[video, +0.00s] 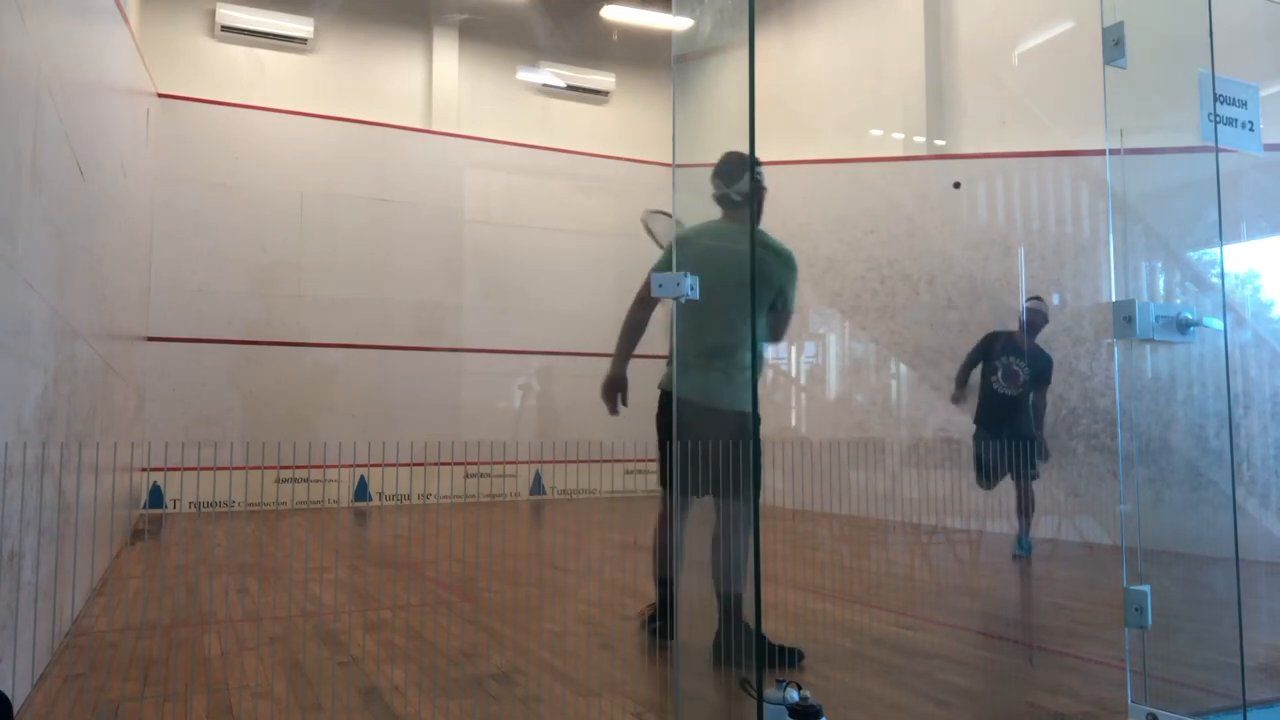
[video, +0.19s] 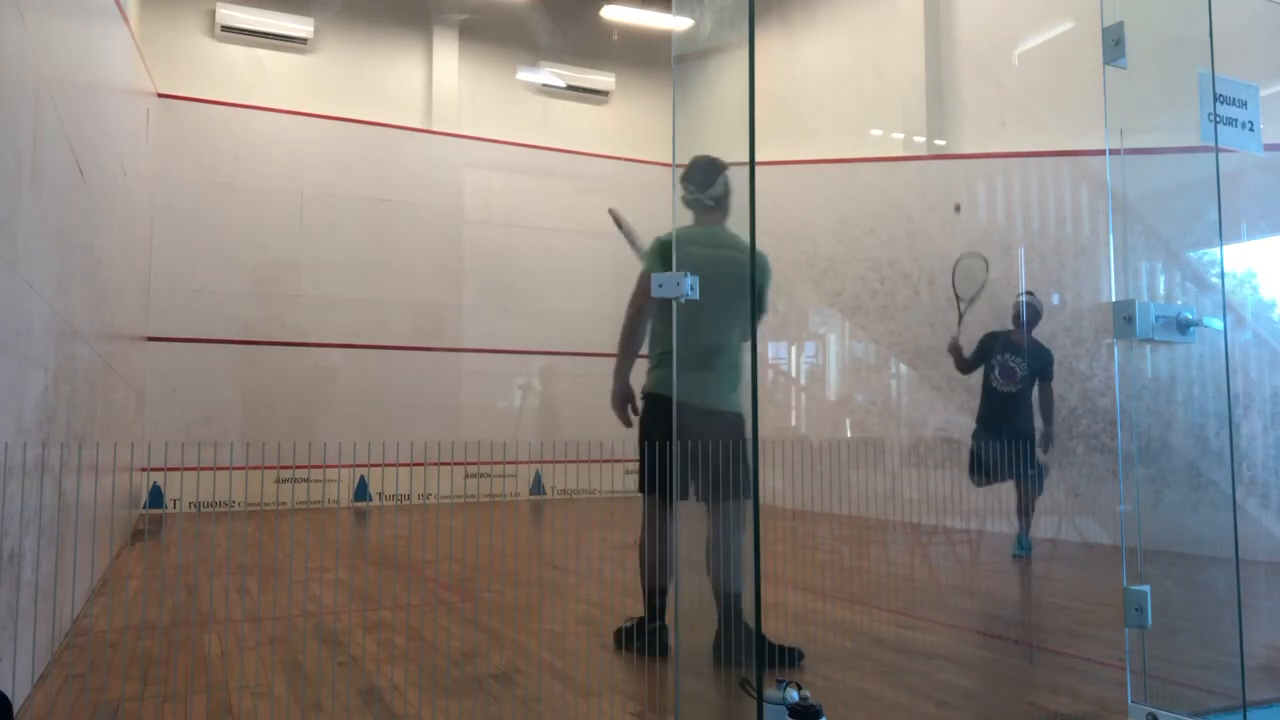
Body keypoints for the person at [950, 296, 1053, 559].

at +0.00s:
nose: (1030, 321)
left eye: (1037, 318)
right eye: (1027, 315)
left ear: (1044, 324)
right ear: (1020, 316)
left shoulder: (1043, 360)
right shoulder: (994, 341)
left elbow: (1040, 398)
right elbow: (968, 364)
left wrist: (1039, 434)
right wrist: (960, 388)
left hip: (1022, 427)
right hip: (990, 424)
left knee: (1023, 483)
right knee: (987, 481)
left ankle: (1023, 538)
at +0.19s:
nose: (1020, 311)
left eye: (1027, 308)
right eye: (1018, 306)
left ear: (1037, 318)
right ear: (1011, 312)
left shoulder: (1041, 354)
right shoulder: (992, 340)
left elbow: (1045, 393)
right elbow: (966, 367)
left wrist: (1048, 428)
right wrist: (956, 352)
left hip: (1020, 427)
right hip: (989, 421)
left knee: (1023, 482)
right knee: (979, 477)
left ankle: (1023, 538)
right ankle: (1032, 469)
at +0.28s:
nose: (1017, 311)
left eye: (1023, 307)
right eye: (1014, 306)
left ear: (1033, 314)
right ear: (1007, 310)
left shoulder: (1039, 352)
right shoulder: (991, 341)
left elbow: (1050, 393)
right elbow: (965, 367)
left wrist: (1058, 430)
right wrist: (953, 348)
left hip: (1019, 425)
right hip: (988, 421)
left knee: (1022, 481)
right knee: (981, 476)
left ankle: (1023, 539)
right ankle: (1026, 497)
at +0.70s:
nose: (986, 323)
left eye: (991, 318)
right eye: (983, 318)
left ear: (1001, 321)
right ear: (978, 321)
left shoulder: (1015, 350)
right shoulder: (978, 352)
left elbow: (1043, 383)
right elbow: (979, 387)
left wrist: (1039, 412)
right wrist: (952, 383)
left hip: (1010, 423)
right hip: (985, 424)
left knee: (1015, 481)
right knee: (994, 481)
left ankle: (1022, 538)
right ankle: (1004, 532)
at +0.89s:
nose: (967, 332)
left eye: (971, 326)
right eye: (964, 327)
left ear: (984, 325)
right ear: (964, 328)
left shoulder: (1001, 352)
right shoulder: (971, 357)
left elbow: (1032, 380)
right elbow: (969, 392)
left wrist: (1016, 413)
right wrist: (945, 393)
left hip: (997, 425)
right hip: (980, 425)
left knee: (994, 479)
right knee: (988, 480)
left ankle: (1007, 533)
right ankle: (1003, 531)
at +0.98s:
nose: (962, 333)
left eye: (966, 327)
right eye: (959, 328)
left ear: (978, 327)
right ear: (959, 329)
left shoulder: (996, 353)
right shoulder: (965, 358)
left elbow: (1024, 382)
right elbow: (960, 391)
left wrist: (1009, 413)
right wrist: (939, 400)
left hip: (992, 425)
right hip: (975, 425)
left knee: (972, 472)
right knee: (989, 477)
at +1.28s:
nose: (944, 337)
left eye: (949, 332)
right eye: (942, 332)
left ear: (962, 332)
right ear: (940, 333)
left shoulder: (975, 358)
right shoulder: (941, 361)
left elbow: (992, 394)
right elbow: (927, 391)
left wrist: (973, 414)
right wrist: (910, 416)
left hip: (962, 429)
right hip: (947, 429)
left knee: (939, 479)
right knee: (968, 480)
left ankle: (940, 530)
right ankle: (1001, 528)